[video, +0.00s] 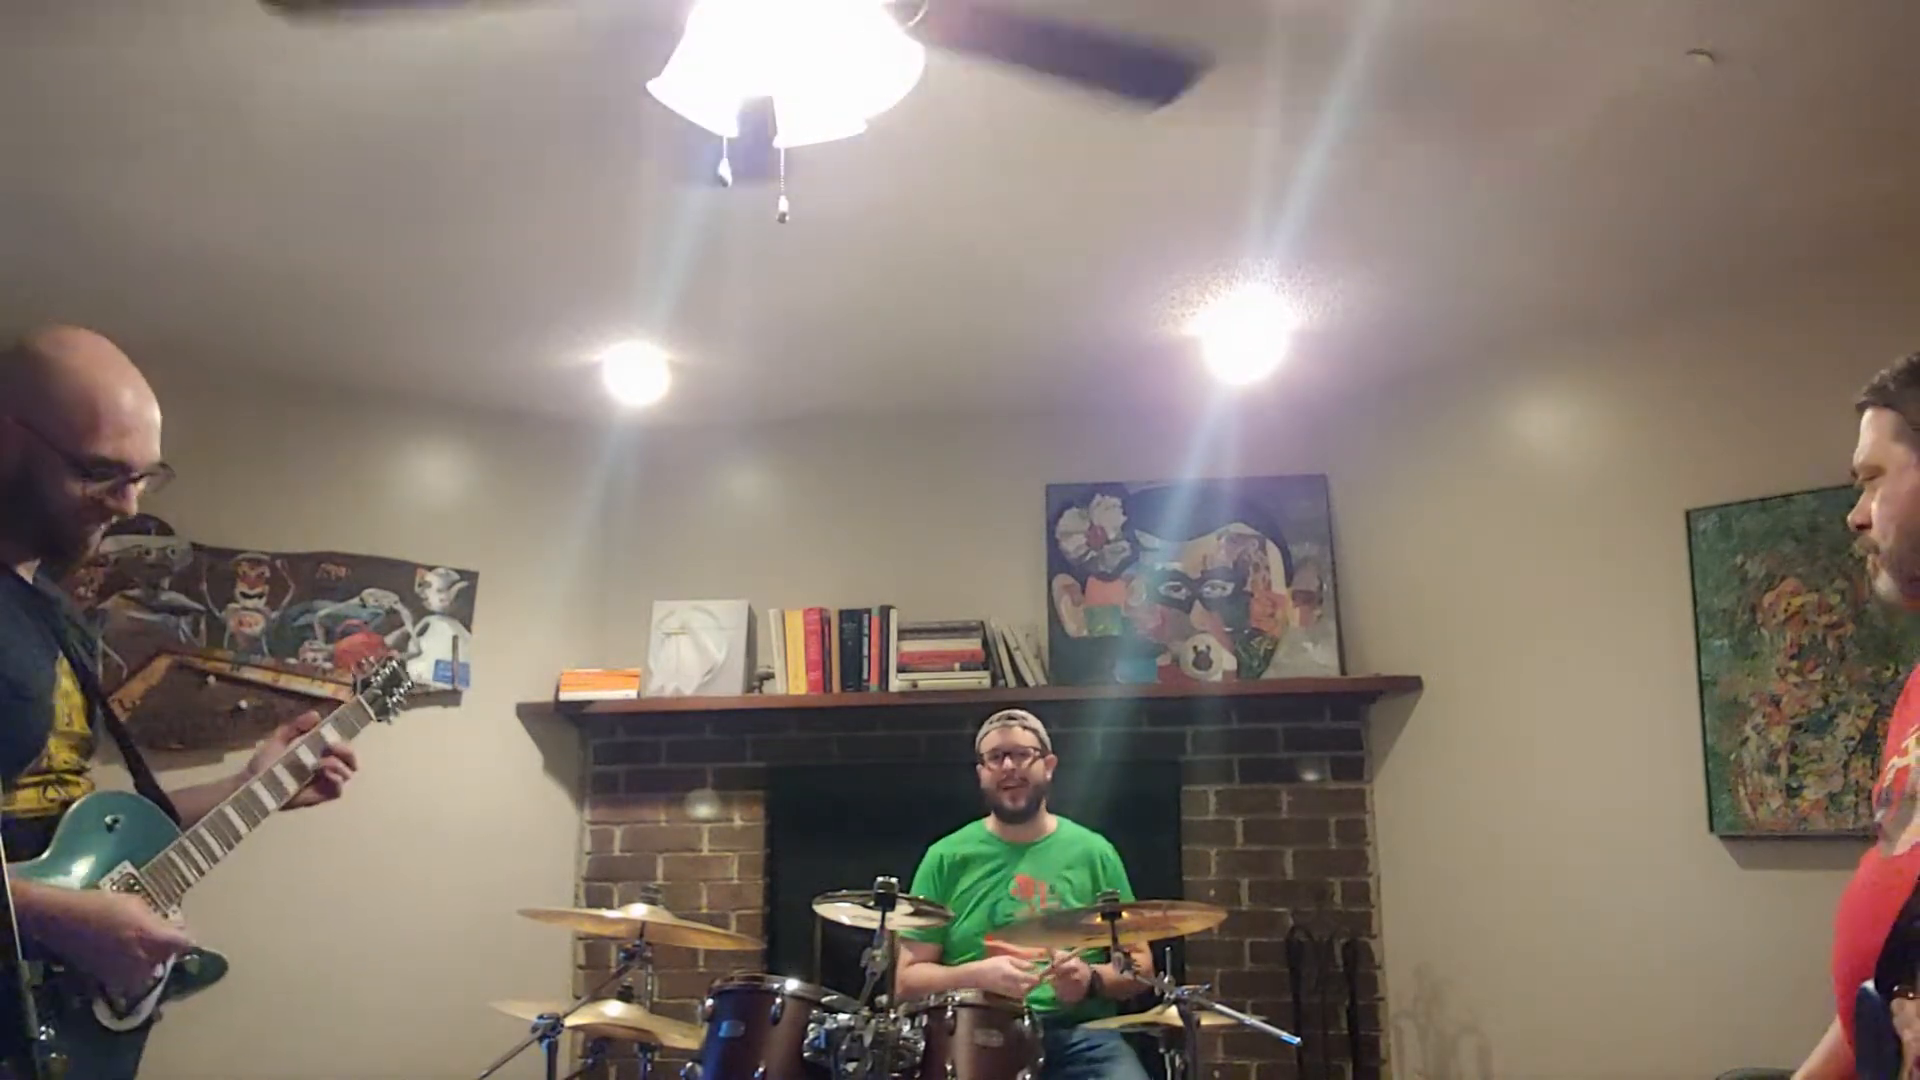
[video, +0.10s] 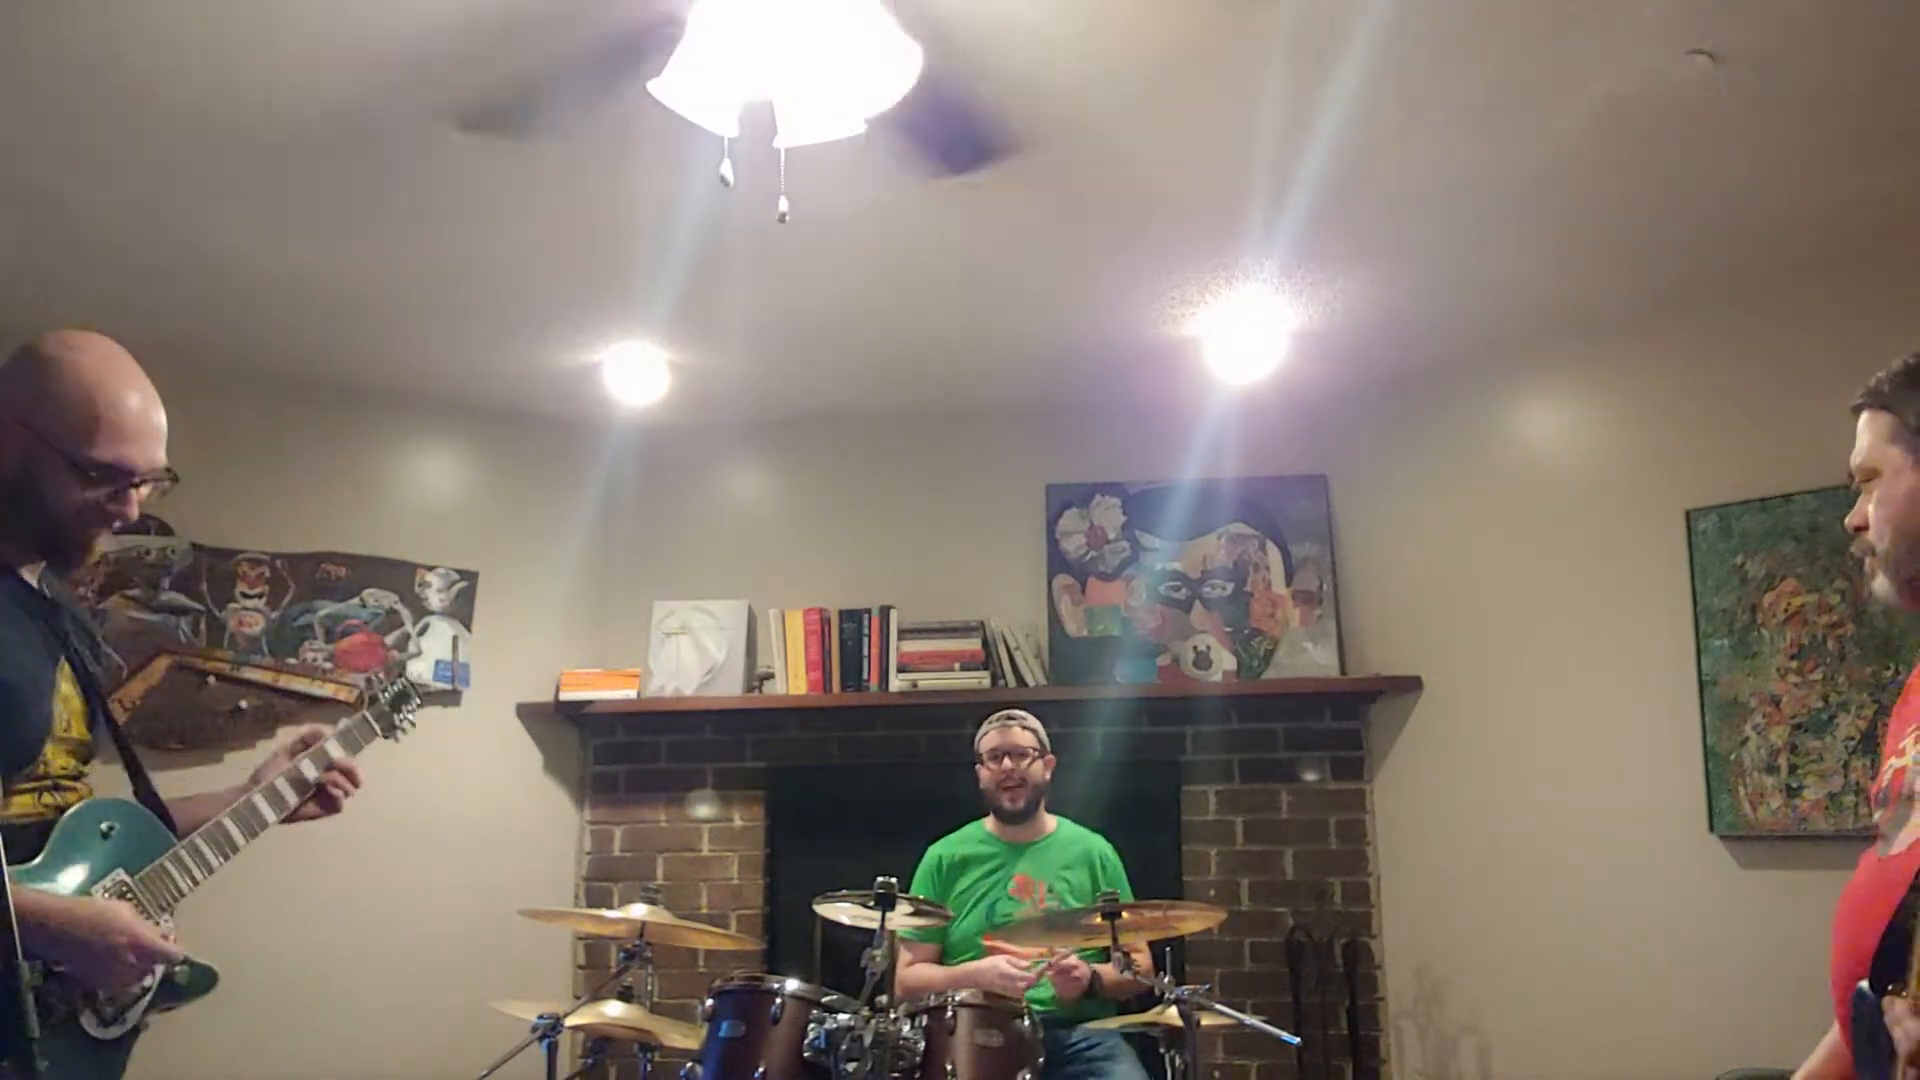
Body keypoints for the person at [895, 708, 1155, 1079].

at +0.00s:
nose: (1009, 767)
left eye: (1021, 755)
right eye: (996, 758)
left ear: (1049, 765)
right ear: (980, 772)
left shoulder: (1093, 852)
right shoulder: (946, 858)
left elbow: (1140, 968)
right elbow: (906, 977)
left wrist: (1092, 977)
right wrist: (979, 974)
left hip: (1079, 1029)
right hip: (977, 1033)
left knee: (1127, 1073)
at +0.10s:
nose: (1008, 768)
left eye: (1020, 755)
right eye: (995, 758)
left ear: (1048, 765)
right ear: (979, 773)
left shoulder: (1093, 852)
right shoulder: (945, 858)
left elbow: (1140, 969)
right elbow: (906, 977)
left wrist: (1092, 977)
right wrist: (977, 974)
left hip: (1080, 1029)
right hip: (977, 1033)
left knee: (1127, 1073)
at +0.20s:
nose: (1006, 769)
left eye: (1019, 755)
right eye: (994, 758)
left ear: (1046, 764)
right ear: (978, 771)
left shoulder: (1091, 850)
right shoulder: (944, 858)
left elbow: (1140, 967)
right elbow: (906, 977)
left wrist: (1091, 977)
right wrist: (973, 975)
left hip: (1080, 1029)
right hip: (977, 1033)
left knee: (1128, 1074)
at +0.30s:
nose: (1004, 771)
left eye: (1017, 757)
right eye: (991, 759)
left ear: (1045, 765)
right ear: (975, 771)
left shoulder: (1091, 849)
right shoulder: (942, 858)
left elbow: (1140, 967)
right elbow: (906, 976)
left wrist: (1091, 977)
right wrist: (970, 977)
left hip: (1079, 1030)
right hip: (976, 1033)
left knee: (1128, 1074)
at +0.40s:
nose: (999, 773)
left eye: (1012, 760)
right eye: (987, 761)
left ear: (1043, 766)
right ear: (973, 770)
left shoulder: (1089, 847)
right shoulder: (941, 857)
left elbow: (1139, 960)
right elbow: (904, 975)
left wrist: (1092, 977)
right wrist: (963, 973)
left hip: (1078, 1031)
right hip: (975, 1034)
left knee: (1130, 1074)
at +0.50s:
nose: (993, 778)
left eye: (1008, 764)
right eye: (981, 765)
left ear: (1038, 767)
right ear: (967, 771)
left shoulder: (1088, 845)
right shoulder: (939, 854)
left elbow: (1140, 958)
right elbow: (904, 984)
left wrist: (1093, 976)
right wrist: (957, 933)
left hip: (1074, 1029)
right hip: (972, 1031)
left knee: (1130, 1074)